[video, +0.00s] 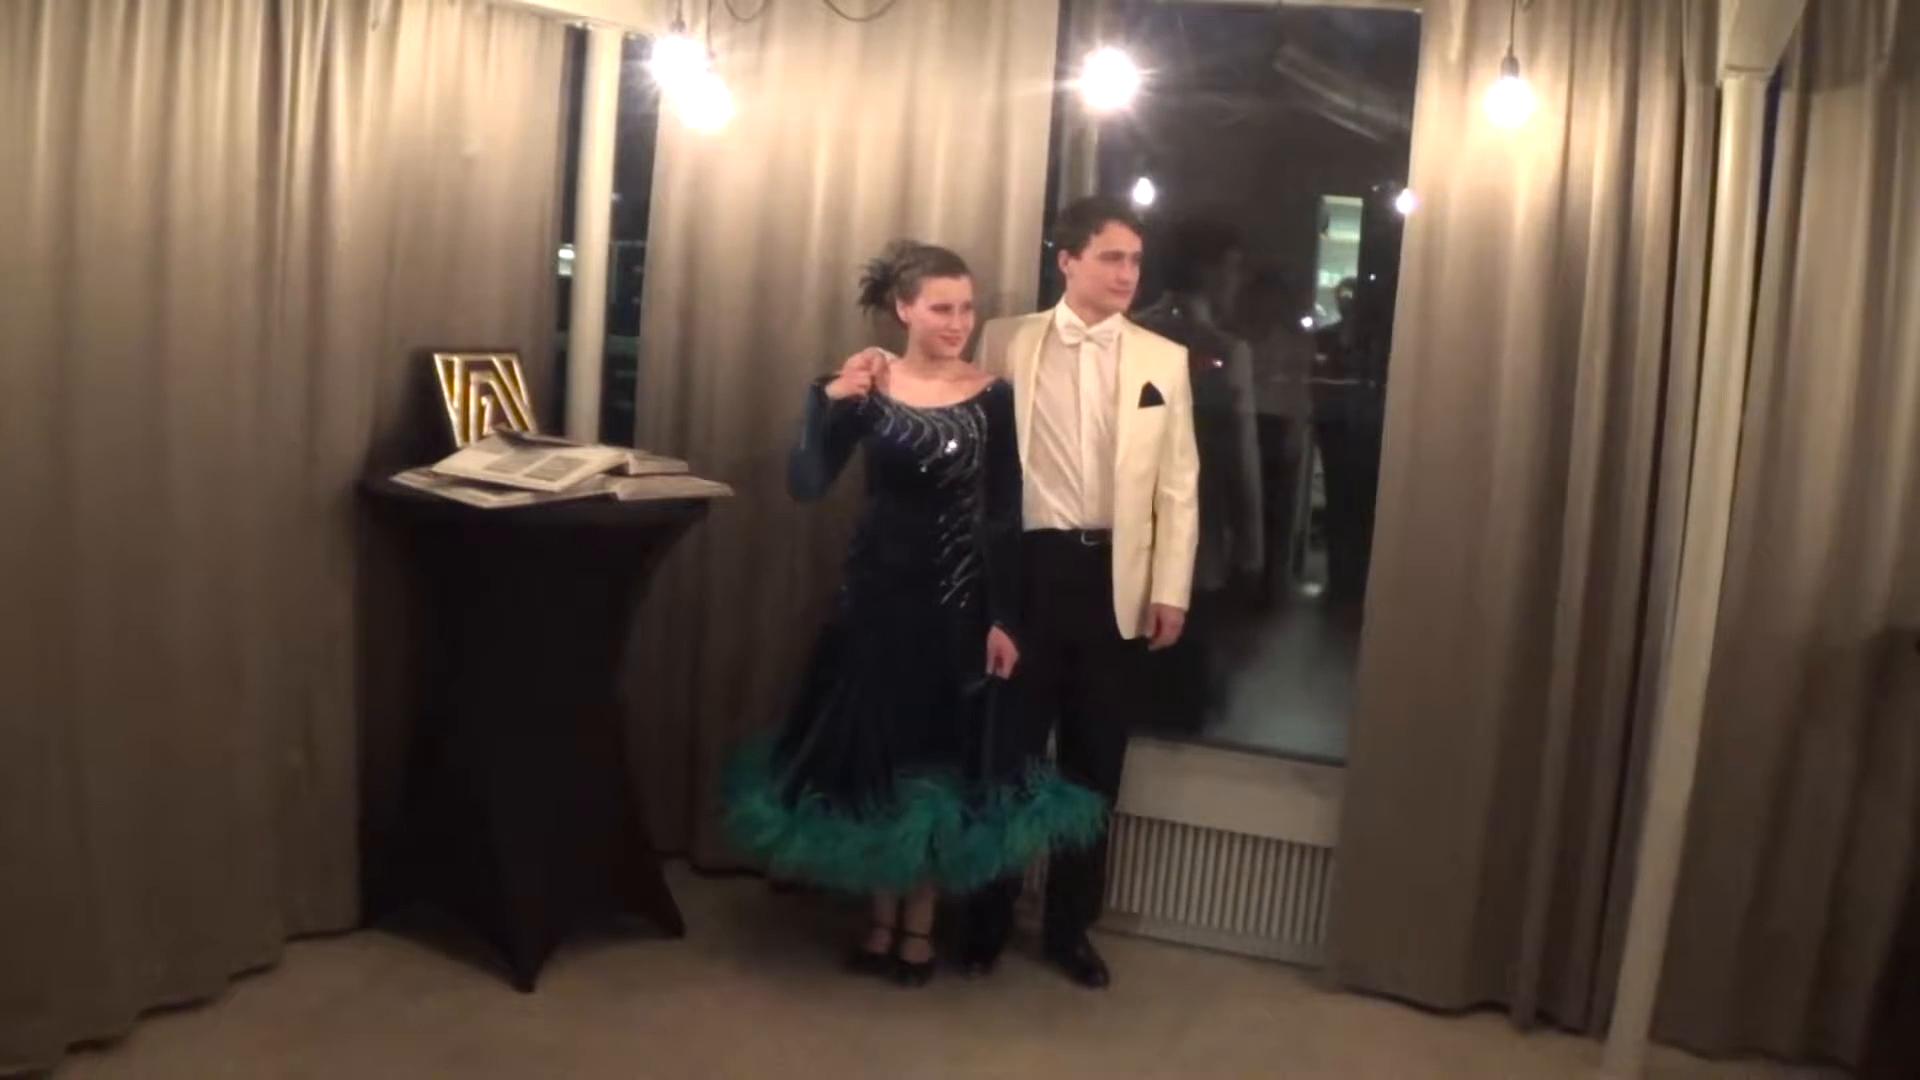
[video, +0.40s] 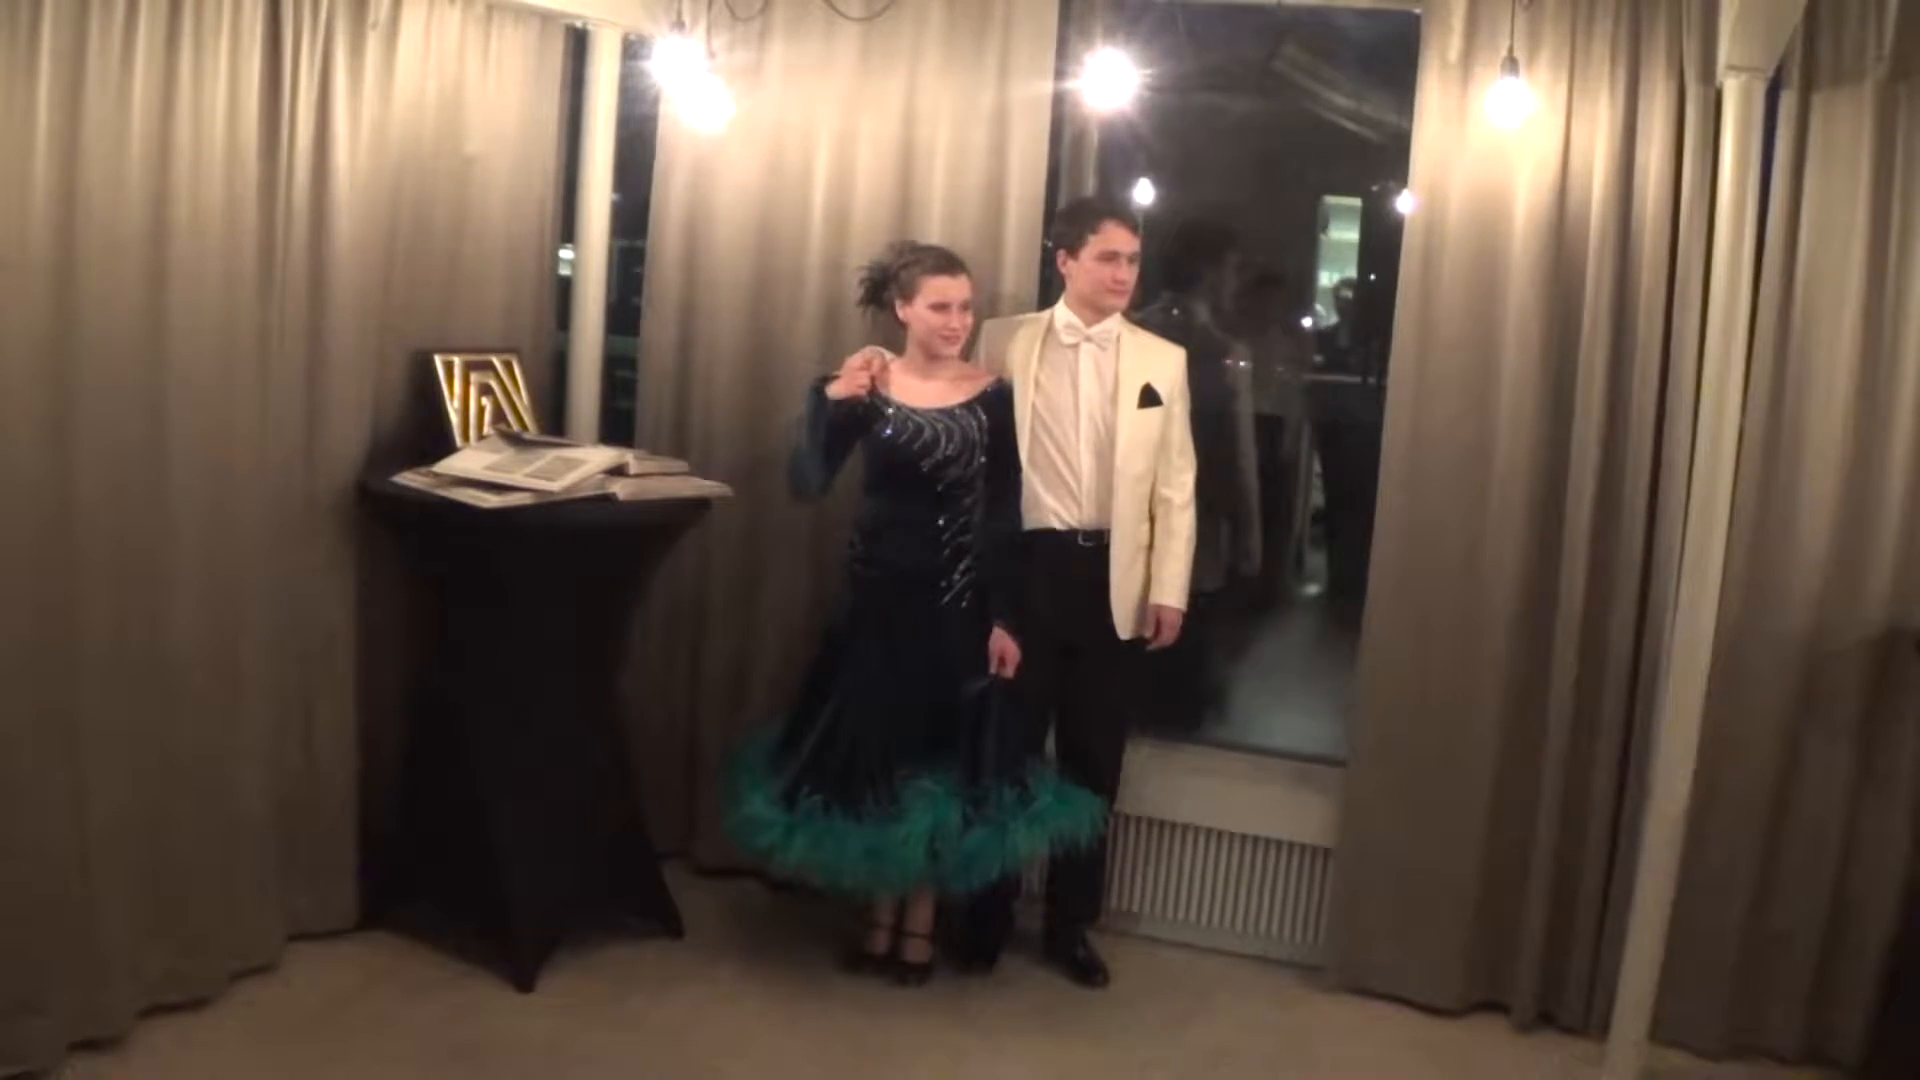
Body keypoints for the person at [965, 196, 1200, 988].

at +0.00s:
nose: (1127, 274)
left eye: (1136, 262)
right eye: (1111, 258)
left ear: (1143, 272)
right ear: (1066, 261)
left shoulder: (1163, 360)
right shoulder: (1008, 343)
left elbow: (1180, 483)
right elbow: (969, 457)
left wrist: (1171, 587)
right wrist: (964, 569)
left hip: (1117, 574)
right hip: (1023, 566)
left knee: (1096, 757)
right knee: (1008, 743)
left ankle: (1069, 928)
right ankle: (982, 922)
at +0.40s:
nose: (1124, 275)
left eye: (1133, 262)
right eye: (1109, 259)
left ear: (1141, 272)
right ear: (1064, 262)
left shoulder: (1163, 362)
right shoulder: (1007, 343)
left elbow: (1177, 485)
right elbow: (967, 457)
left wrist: (1169, 588)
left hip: (1114, 575)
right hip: (1020, 567)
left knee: (1094, 756)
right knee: (1005, 742)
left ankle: (1071, 926)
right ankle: (980, 921)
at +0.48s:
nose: (1124, 274)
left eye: (1133, 262)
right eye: (1109, 258)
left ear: (1140, 273)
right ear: (1064, 262)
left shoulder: (1162, 362)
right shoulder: (1007, 342)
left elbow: (1177, 485)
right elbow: (966, 453)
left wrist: (1169, 588)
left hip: (1114, 576)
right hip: (1020, 567)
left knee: (1094, 756)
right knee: (1006, 742)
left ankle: (1071, 926)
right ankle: (980, 920)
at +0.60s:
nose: (1122, 274)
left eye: (1131, 261)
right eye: (1107, 258)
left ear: (1140, 273)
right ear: (1063, 262)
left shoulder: (1162, 362)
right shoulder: (1007, 342)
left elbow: (1179, 484)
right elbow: (965, 452)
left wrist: (1173, 587)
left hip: (1114, 576)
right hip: (1020, 565)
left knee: (1095, 755)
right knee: (1006, 740)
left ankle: (1071, 926)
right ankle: (980, 920)